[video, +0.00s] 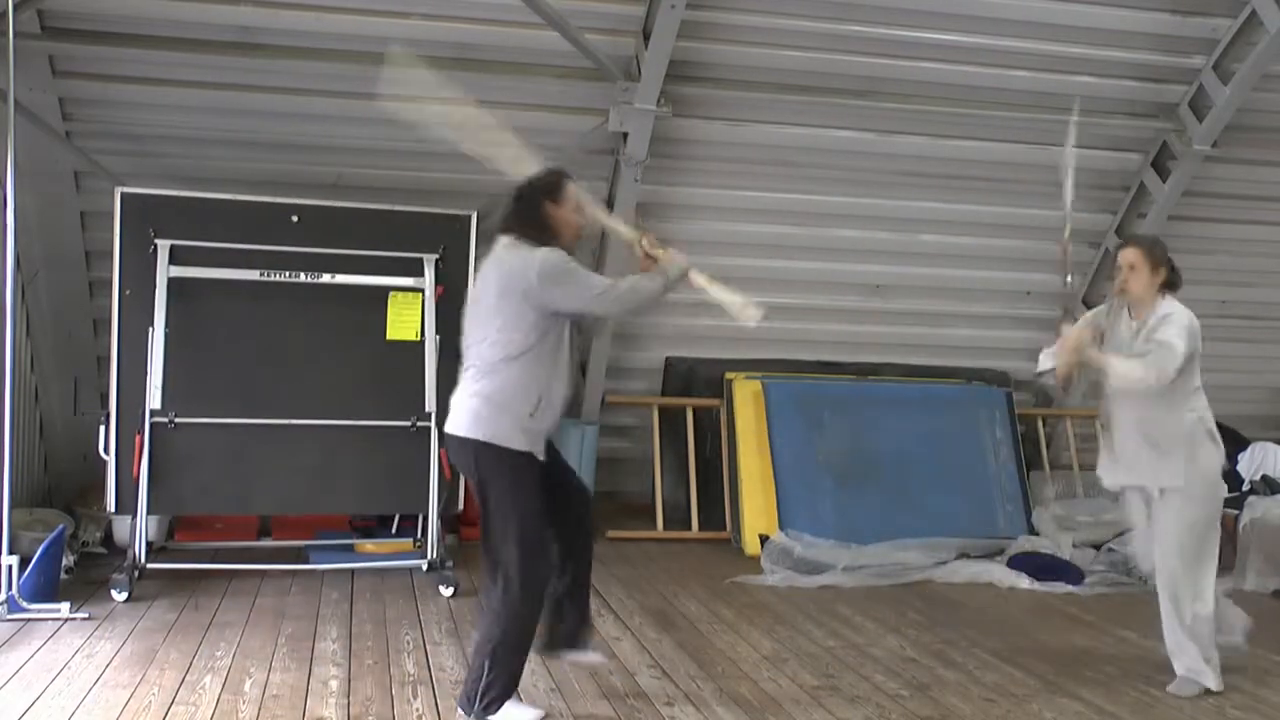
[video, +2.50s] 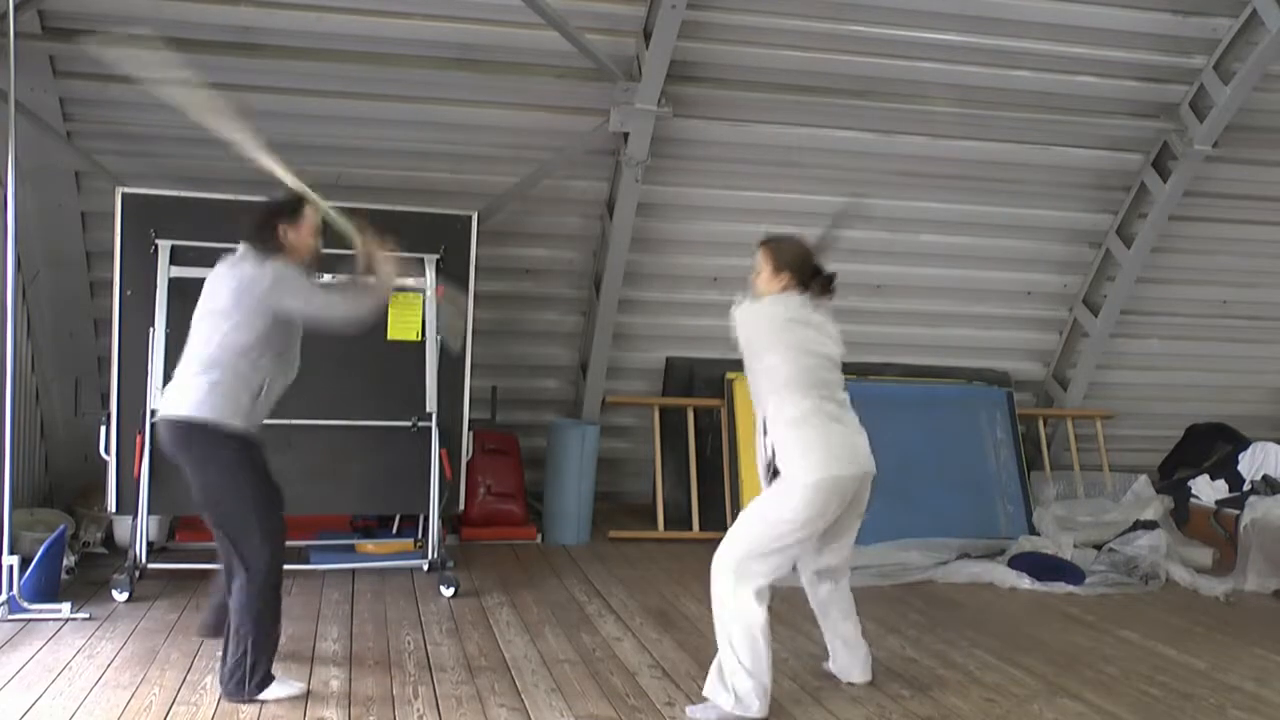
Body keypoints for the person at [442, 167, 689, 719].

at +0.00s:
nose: (582, 215)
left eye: (581, 206)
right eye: (573, 206)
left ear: (537, 210)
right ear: (547, 210)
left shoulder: (507, 257)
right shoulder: (537, 264)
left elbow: (590, 300)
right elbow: (611, 299)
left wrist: (638, 273)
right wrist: (667, 274)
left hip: (499, 430)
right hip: (495, 435)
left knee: (573, 508)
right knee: (523, 564)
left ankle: (567, 635)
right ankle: (484, 700)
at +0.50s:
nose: (457, 217)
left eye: (455, 207)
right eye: (450, 207)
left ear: (417, 211)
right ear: (424, 210)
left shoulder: (388, 256)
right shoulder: (416, 271)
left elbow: (466, 277)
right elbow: (465, 342)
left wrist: (520, 276)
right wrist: (513, 298)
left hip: (373, 431)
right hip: (408, 439)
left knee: (384, 550)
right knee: (464, 549)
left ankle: (345, 661)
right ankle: (466, 686)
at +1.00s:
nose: (376, 214)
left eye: (375, 203)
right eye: (369, 202)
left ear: (345, 203)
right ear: (338, 200)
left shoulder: (332, 261)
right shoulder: (299, 250)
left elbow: (392, 321)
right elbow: (371, 301)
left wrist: (463, 296)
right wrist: (455, 287)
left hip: (340, 436)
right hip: (306, 433)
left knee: (357, 540)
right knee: (294, 564)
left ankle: (343, 660)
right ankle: (247, 702)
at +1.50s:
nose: (349, 209)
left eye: (348, 199)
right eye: (342, 198)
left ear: (313, 202)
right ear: (310, 201)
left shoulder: (320, 274)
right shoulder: (280, 251)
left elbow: (339, 346)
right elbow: (324, 341)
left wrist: (399, 336)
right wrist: (402, 351)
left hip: (285, 434)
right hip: (243, 427)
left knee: (319, 540)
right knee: (269, 560)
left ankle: (278, 660)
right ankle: (251, 708)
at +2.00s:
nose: (328, 229)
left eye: (329, 220)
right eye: (326, 219)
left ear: (294, 209)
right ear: (302, 209)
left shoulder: (252, 241)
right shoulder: (265, 236)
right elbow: (348, 235)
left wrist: (379, 186)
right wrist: (382, 178)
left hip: (226, 412)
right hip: (234, 413)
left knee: (252, 524)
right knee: (300, 503)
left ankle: (237, 645)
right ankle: (190, 551)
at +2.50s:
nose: (317, 239)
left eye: (317, 229)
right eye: (311, 229)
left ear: (274, 229)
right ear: (283, 230)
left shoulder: (233, 268)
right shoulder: (271, 276)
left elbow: (315, 296)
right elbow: (344, 310)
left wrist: (361, 273)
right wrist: (383, 279)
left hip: (184, 421)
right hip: (213, 428)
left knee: (247, 522)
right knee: (261, 548)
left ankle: (220, 619)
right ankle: (246, 679)